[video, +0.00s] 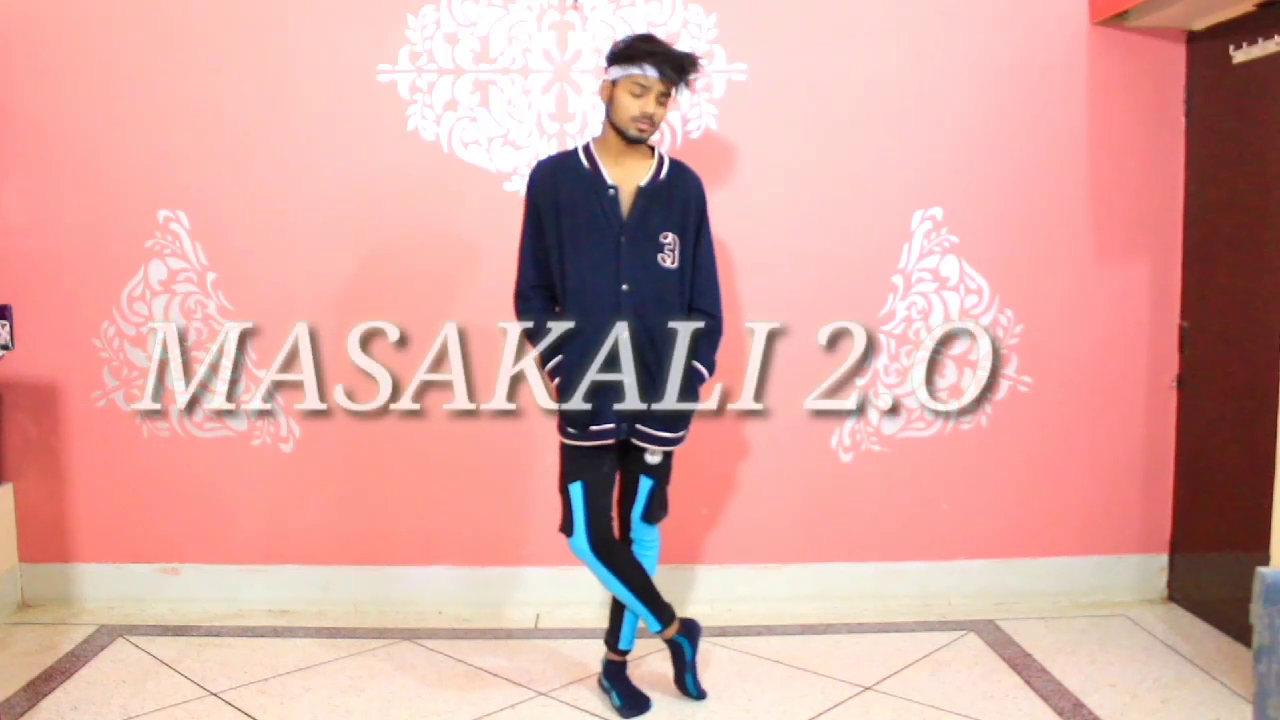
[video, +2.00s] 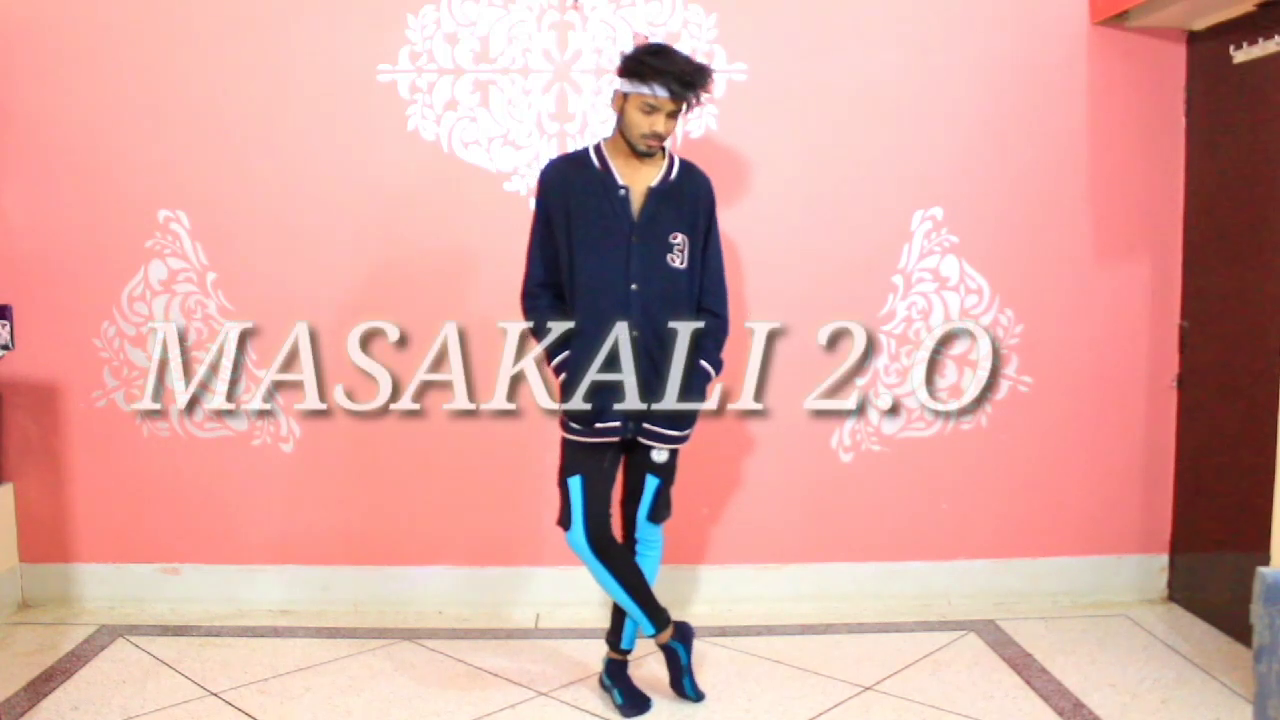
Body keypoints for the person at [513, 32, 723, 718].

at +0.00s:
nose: (651, 108)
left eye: (662, 98)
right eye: (638, 92)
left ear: (671, 105)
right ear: (607, 91)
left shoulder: (682, 184)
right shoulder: (555, 177)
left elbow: (704, 291)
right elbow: (532, 289)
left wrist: (699, 370)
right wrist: (557, 361)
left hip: (664, 384)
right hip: (587, 383)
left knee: (642, 525)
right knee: (587, 533)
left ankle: (616, 661)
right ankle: (675, 630)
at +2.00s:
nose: (662, 126)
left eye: (673, 113)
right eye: (650, 110)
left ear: (682, 115)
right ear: (619, 103)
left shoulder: (692, 186)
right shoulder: (565, 177)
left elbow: (712, 296)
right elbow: (540, 290)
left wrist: (703, 368)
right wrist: (566, 358)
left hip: (670, 388)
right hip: (593, 385)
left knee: (645, 526)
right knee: (583, 529)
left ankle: (617, 662)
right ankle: (669, 634)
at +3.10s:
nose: (646, 94)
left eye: (659, 83)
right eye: (632, 80)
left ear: (674, 96)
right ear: (609, 90)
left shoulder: (686, 188)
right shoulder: (561, 172)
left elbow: (699, 281)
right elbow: (515, 274)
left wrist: (710, 331)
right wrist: (549, 334)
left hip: (665, 381)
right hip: (587, 379)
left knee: (638, 526)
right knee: (596, 529)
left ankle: (615, 663)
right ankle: (678, 629)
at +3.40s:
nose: (628, 83)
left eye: (642, 72)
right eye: (614, 72)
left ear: (660, 85)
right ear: (596, 87)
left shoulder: (689, 181)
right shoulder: (558, 173)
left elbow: (725, 277)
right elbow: (521, 263)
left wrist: (768, 360)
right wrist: (490, 331)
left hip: (659, 377)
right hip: (581, 373)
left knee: (638, 521)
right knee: (595, 521)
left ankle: (618, 657)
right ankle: (624, 677)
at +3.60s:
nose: (618, 81)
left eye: (632, 70)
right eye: (604, 71)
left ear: (651, 84)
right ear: (587, 89)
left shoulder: (685, 175)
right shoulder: (556, 176)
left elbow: (713, 278)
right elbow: (535, 283)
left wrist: (733, 377)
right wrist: (507, 379)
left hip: (658, 385)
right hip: (578, 381)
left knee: (639, 529)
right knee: (567, 529)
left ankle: (619, 663)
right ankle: (569, 679)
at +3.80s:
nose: (606, 79)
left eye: (620, 70)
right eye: (591, 71)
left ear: (641, 88)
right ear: (575, 93)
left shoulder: (676, 173)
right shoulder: (550, 182)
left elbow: (682, 285)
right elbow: (544, 293)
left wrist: (640, 366)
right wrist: (574, 384)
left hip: (653, 380)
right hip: (577, 380)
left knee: (637, 524)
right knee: (555, 518)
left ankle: (619, 660)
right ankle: (558, 635)